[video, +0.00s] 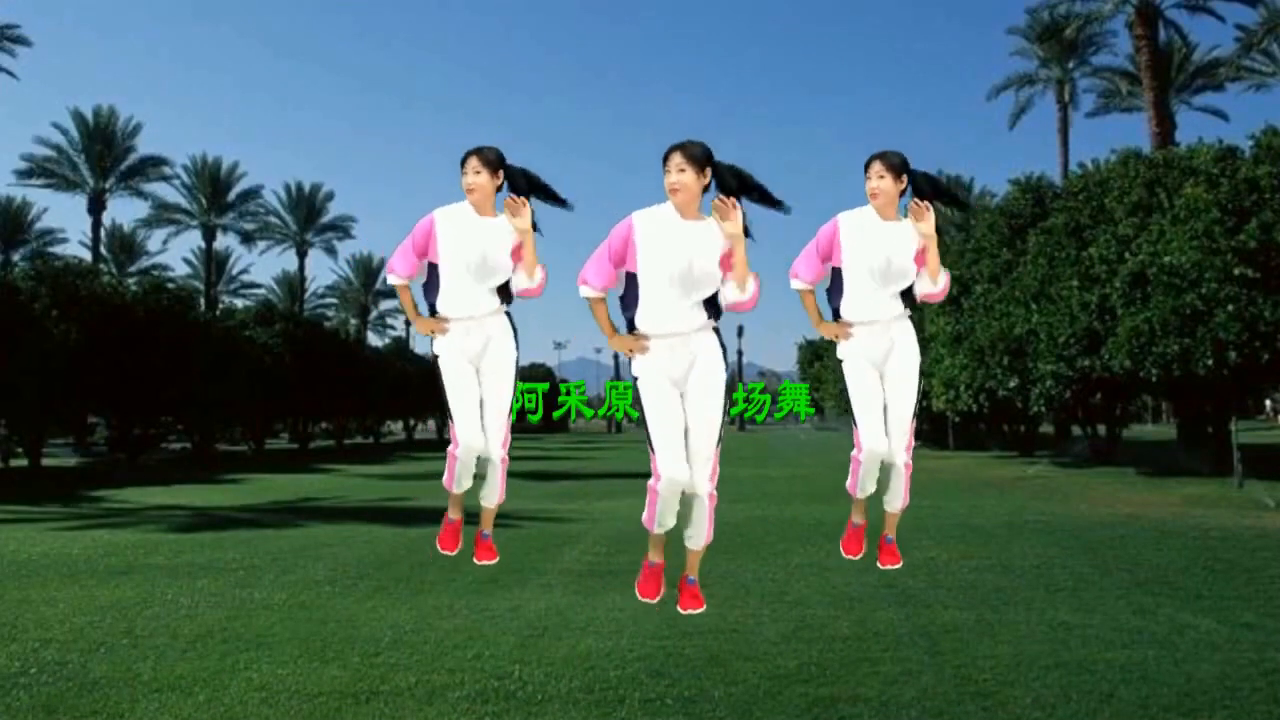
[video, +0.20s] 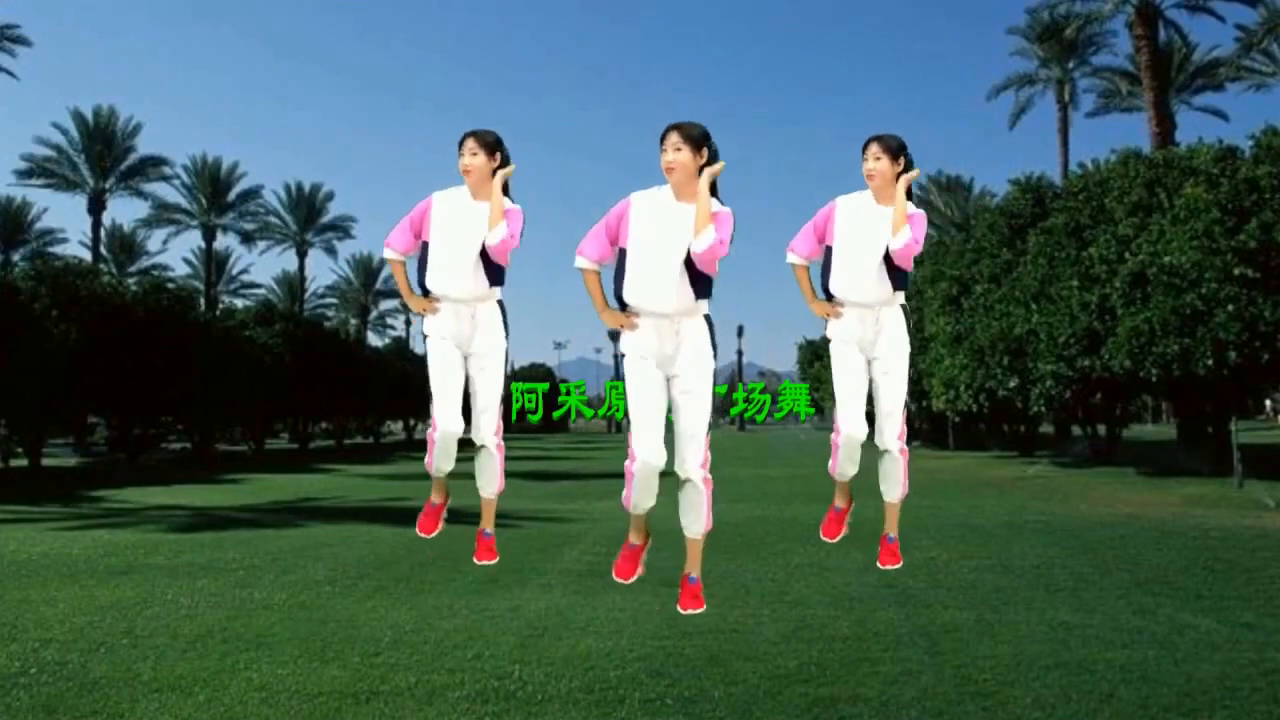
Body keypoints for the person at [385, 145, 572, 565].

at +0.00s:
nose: (469, 179)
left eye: (478, 172)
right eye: (465, 172)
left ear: (498, 179)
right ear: (460, 179)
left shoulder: (512, 227)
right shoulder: (439, 221)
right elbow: (398, 270)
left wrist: (527, 232)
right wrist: (416, 318)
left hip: (496, 332)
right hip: (452, 333)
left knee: (496, 439)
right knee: (469, 440)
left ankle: (485, 533)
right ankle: (454, 514)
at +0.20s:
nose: (466, 160)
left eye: (474, 154)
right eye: (463, 154)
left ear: (497, 162)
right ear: (459, 162)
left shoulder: (509, 210)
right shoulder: (437, 203)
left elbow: (500, 250)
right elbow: (394, 248)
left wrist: (494, 192)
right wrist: (410, 298)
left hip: (487, 318)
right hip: (442, 317)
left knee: (488, 428)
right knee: (446, 425)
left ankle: (487, 529)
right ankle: (437, 495)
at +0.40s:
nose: (456, 167)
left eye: (464, 160)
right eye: (453, 160)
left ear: (483, 165)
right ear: (447, 166)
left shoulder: (501, 209)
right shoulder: (431, 208)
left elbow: (486, 245)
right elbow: (387, 245)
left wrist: (476, 188)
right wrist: (402, 289)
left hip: (472, 320)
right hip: (429, 316)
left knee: (468, 440)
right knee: (415, 428)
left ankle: (485, 528)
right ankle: (386, 519)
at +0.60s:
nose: (448, 159)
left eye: (457, 152)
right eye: (445, 152)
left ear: (477, 160)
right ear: (443, 160)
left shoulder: (498, 204)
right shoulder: (427, 206)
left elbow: (500, 239)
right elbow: (388, 241)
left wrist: (485, 183)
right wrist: (402, 287)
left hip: (469, 320)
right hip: (424, 316)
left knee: (468, 432)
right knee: (404, 422)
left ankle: (484, 527)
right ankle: (384, 519)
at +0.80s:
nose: (455, 138)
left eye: (465, 133)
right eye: (453, 132)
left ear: (486, 143)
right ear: (449, 140)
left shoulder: (497, 186)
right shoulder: (427, 183)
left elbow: (508, 224)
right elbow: (386, 223)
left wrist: (498, 166)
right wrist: (403, 272)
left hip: (476, 293)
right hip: (432, 292)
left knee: (477, 411)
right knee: (428, 410)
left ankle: (479, 521)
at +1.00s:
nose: (461, 180)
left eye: (470, 175)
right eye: (458, 174)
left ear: (488, 187)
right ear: (451, 182)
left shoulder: (496, 233)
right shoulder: (425, 224)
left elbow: (500, 265)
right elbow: (384, 269)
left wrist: (500, 215)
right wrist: (401, 318)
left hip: (480, 336)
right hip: (435, 336)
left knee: (480, 438)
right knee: (451, 436)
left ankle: (475, 529)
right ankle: (455, 454)